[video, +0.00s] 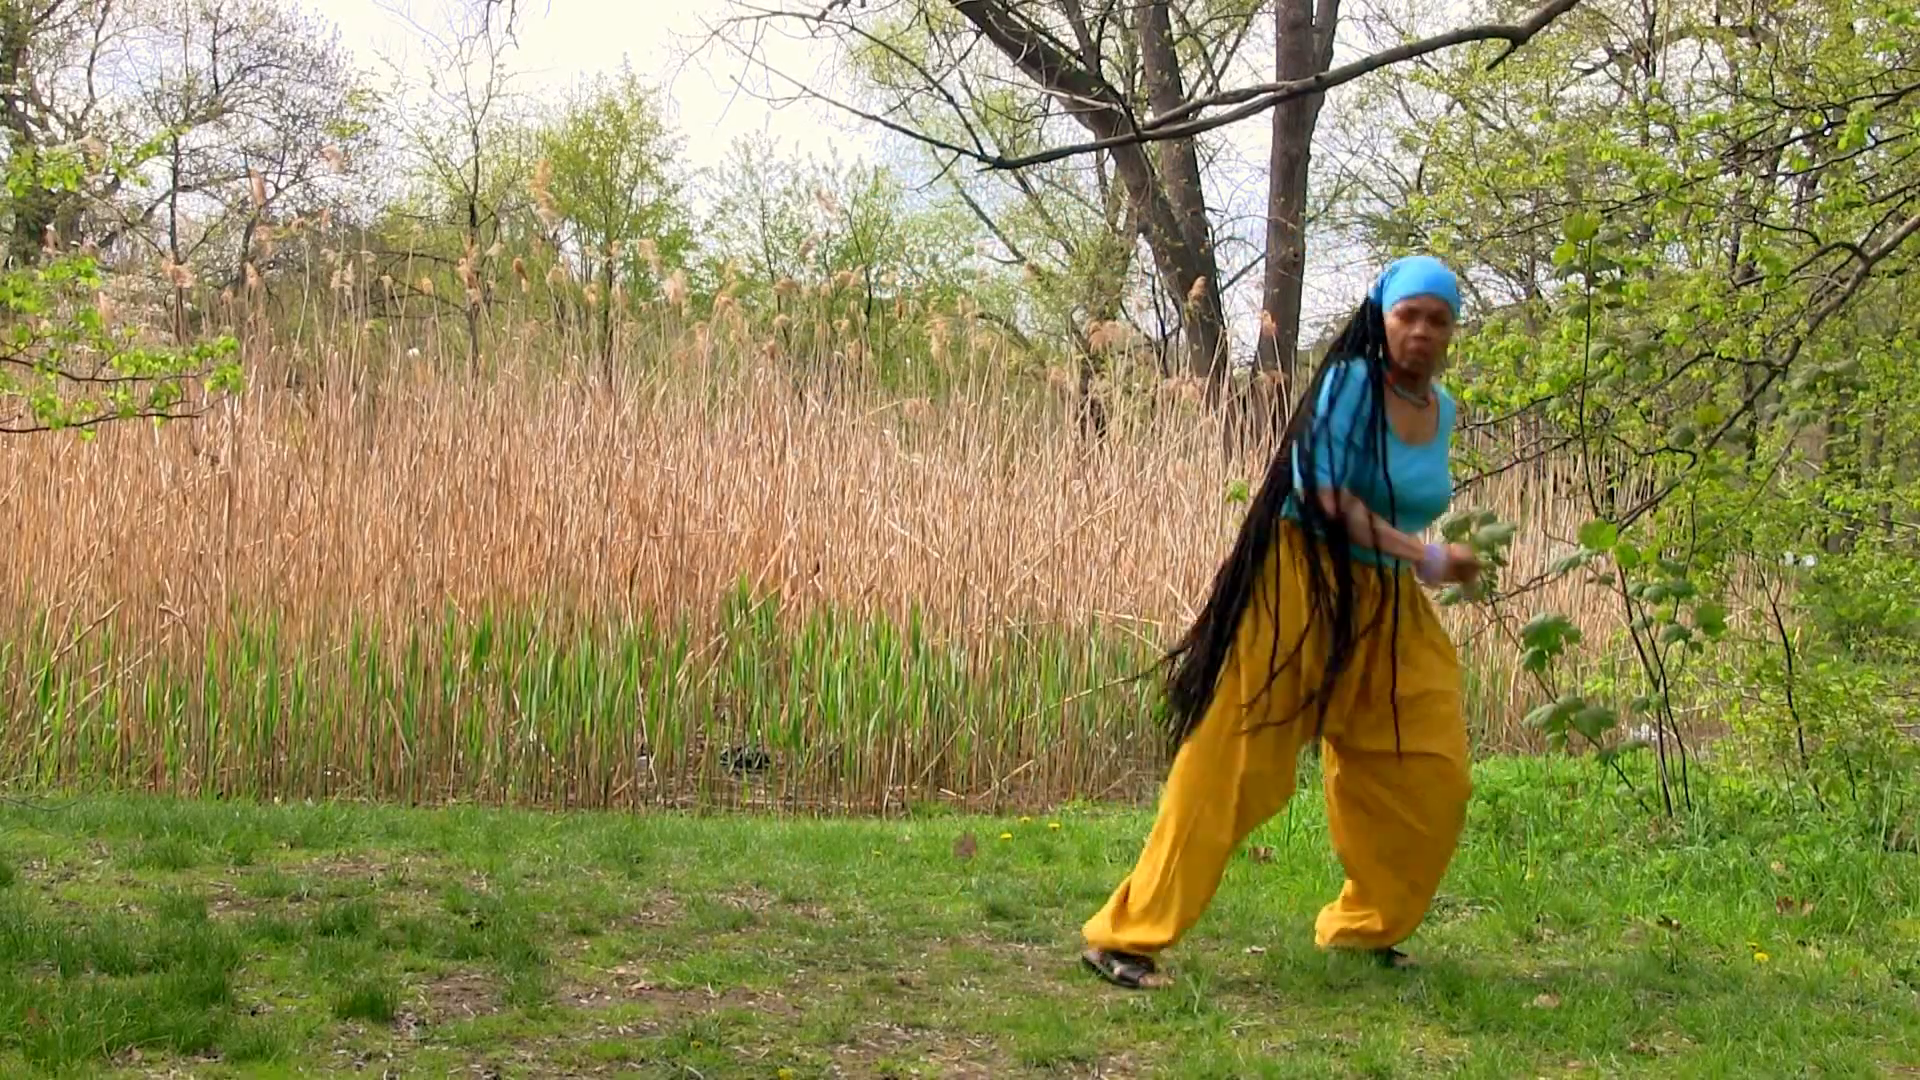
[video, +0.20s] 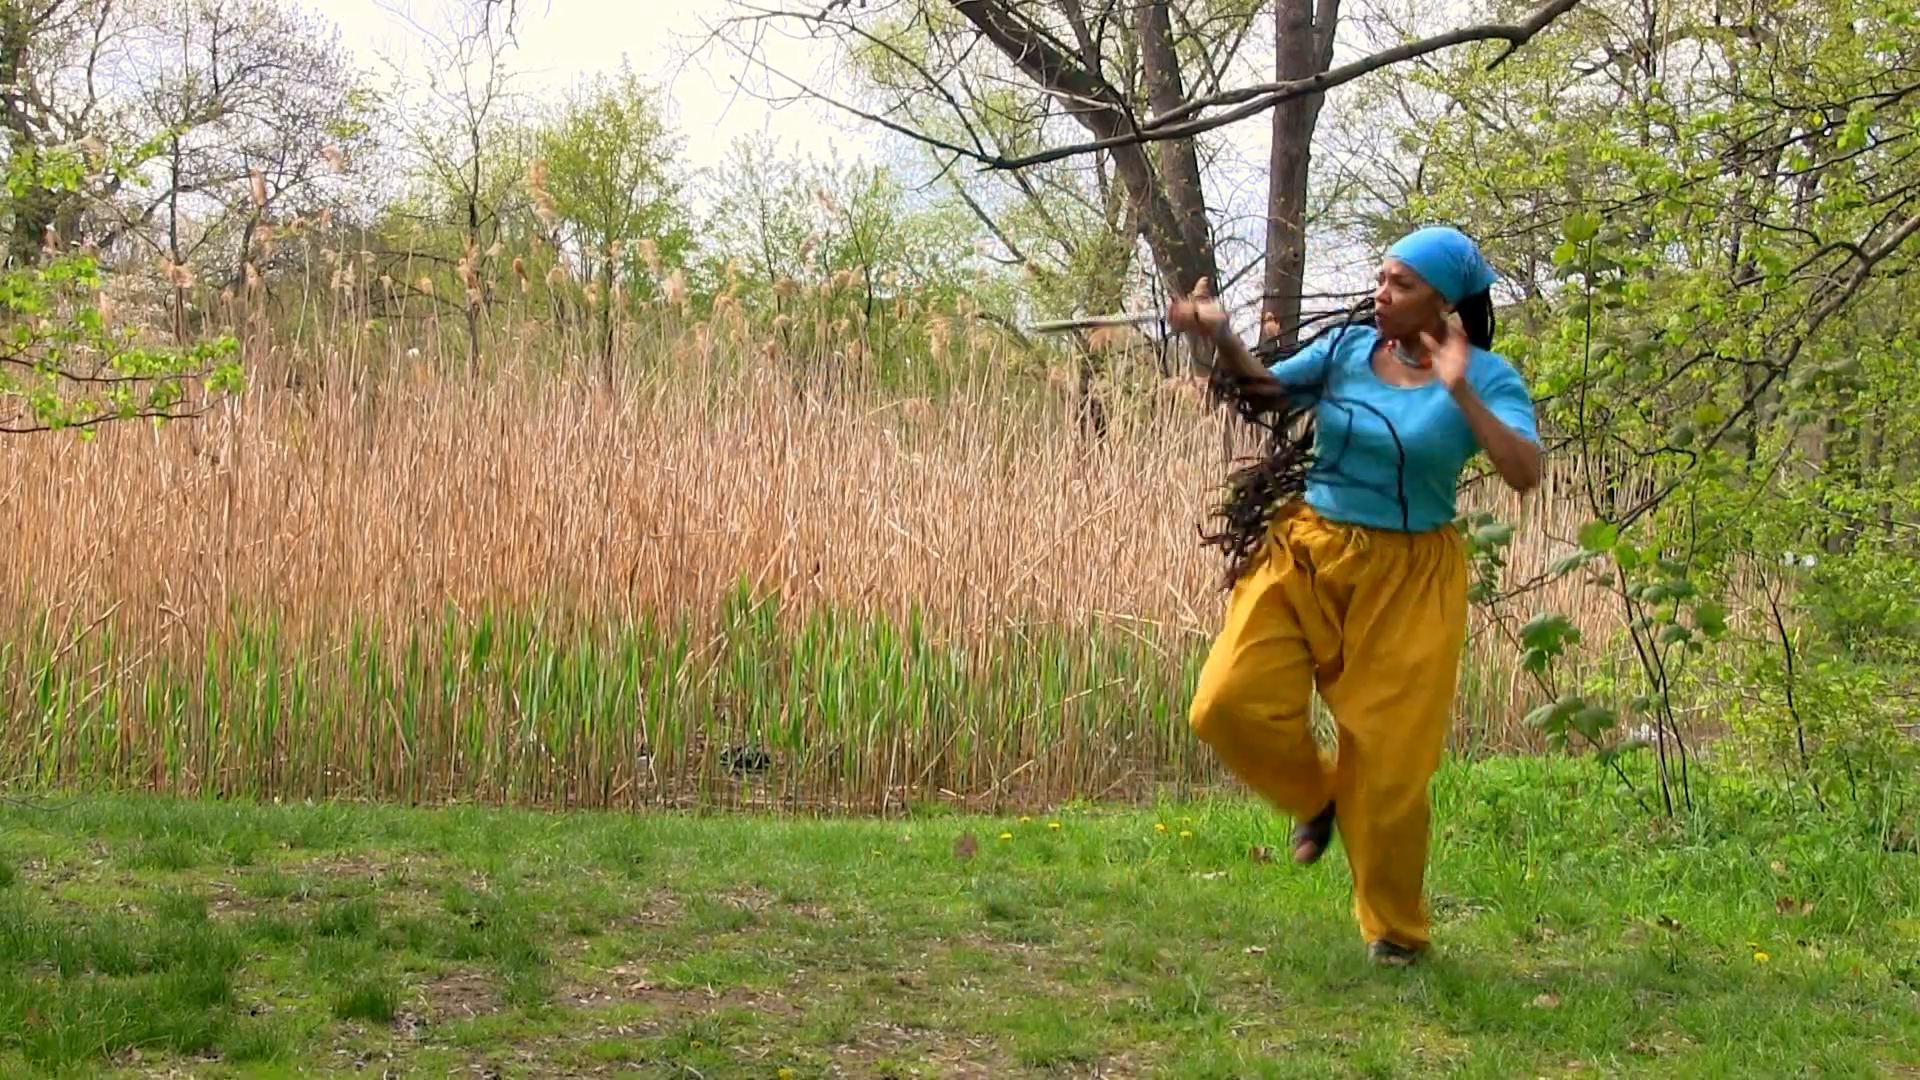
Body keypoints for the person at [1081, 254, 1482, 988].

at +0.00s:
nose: (1423, 332)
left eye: (1438, 321)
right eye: (1410, 316)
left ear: (1453, 332)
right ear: (1381, 320)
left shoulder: (1441, 409)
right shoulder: (1350, 384)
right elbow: (1322, 493)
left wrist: (1436, 559)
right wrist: (1419, 550)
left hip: (1391, 599)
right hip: (1303, 581)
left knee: (1435, 771)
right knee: (1232, 750)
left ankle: (1362, 928)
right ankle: (1126, 933)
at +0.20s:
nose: (1379, 292)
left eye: (1397, 284)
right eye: (1382, 278)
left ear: (1444, 302)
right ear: (1383, 284)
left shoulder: (1486, 374)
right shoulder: (1347, 344)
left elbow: (1524, 473)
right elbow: (1263, 390)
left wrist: (1462, 391)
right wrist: (1219, 335)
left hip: (1410, 574)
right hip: (1306, 552)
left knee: (1387, 766)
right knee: (1225, 706)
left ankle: (1395, 933)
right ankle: (1319, 791)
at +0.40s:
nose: (1369, 301)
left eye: (1385, 294)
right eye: (1371, 293)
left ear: (1432, 309)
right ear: (1383, 302)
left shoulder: (1422, 359)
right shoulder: (1397, 353)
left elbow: (1278, 342)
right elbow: (1348, 320)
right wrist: (1327, 235)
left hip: (1417, 576)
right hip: (1349, 570)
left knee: (1372, 765)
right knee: (1324, 752)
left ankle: (1394, 932)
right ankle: (1497, 747)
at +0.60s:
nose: (1335, 328)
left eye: (1347, 320)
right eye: (1337, 318)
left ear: (1389, 340)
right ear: (1397, 343)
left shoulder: (1345, 396)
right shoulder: (1436, 396)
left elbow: (1238, 378)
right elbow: (1405, 351)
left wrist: (1173, 342)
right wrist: (1349, 294)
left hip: (1408, 596)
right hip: (1473, 584)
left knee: (1311, 771)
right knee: (1497, 761)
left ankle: (1411, 931)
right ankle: (1588, 919)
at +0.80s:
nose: (1296, 312)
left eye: (1309, 300)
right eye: (1299, 298)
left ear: (1353, 314)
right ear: (1357, 315)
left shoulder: (1330, 378)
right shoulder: (1392, 369)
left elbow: (1219, 439)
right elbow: (1286, 455)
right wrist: (1234, 353)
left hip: (1383, 567)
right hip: (1444, 559)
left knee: (1319, 764)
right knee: (1382, 728)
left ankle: (1414, 930)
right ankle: (1436, 851)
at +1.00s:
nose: (1266, 321)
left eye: (1281, 310)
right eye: (1271, 308)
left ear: (1325, 330)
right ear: (1311, 328)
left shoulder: (1340, 382)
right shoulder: (1287, 396)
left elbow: (1205, 373)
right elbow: (1227, 461)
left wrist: (1196, 317)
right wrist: (1147, 465)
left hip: (1345, 588)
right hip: (1286, 588)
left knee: (1296, 773)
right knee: (1212, 735)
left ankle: (1412, 932)